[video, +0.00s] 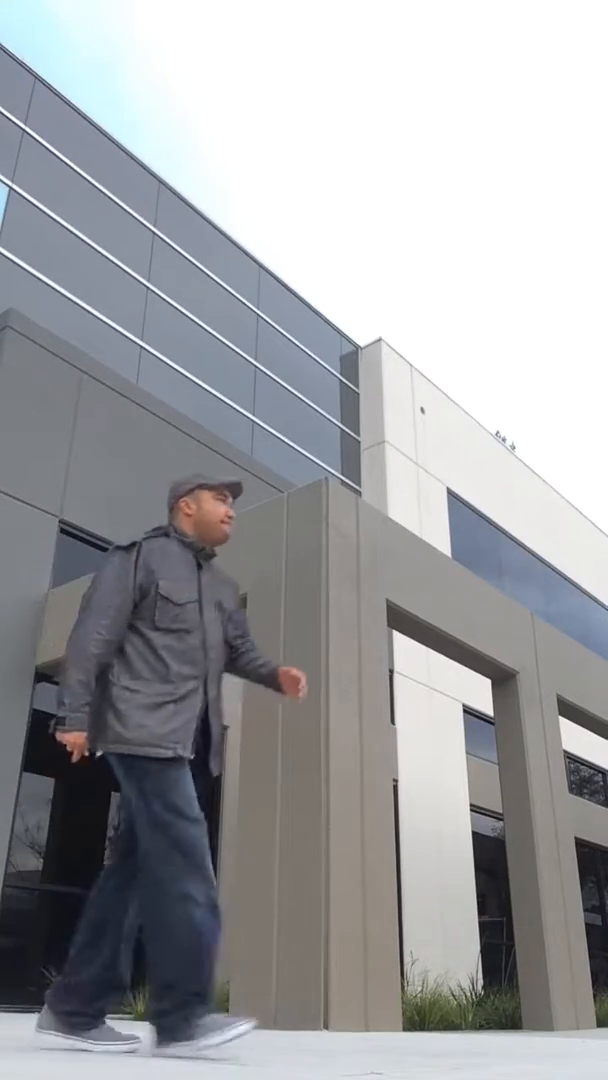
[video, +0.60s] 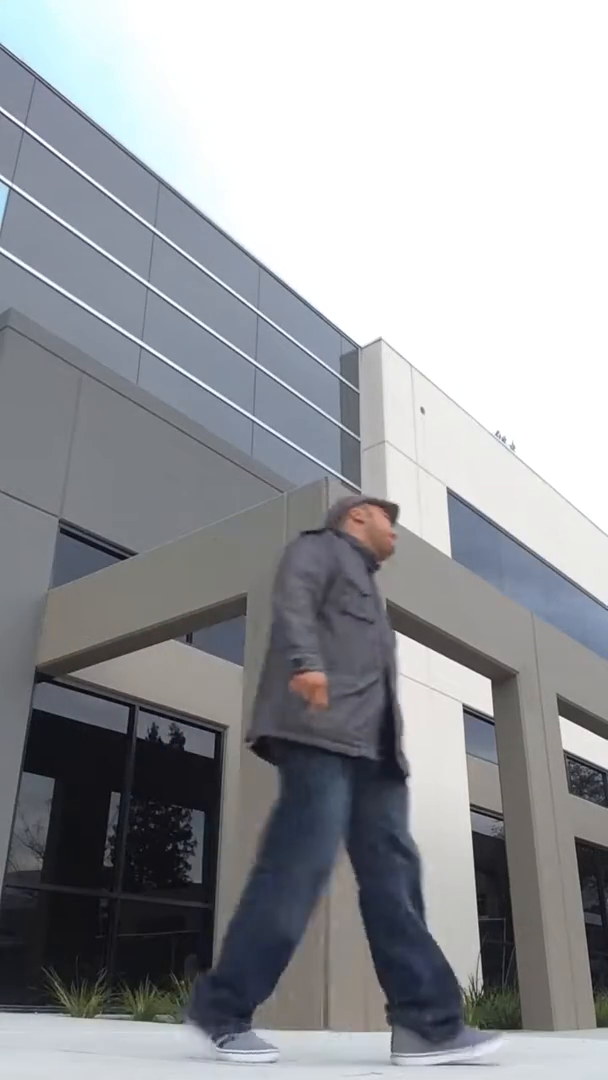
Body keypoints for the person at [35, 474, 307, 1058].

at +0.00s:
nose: (231, 511)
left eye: (231, 502)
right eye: (221, 500)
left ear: (203, 512)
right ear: (184, 507)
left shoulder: (221, 584)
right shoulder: (140, 558)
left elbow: (239, 650)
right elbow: (92, 635)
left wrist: (273, 673)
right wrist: (76, 713)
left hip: (187, 743)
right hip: (140, 735)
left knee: (134, 869)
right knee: (185, 864)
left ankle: (74, 1009)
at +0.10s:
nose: (250, 509)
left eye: (251, 501)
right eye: (239, 498)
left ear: (241, 514)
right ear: (203, 507)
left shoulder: (252, 586)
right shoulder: (157, 560)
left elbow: (270, 650)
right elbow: (110, 640)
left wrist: (294, 673)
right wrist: (98, 718)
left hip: (221, 742)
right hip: (164, 734)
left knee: (165, 867)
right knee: (189, 864)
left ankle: (83, 1000)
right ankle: (203, 1023)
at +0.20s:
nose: (273, 514)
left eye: (275, 507)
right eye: (262, 503)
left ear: (266, 522)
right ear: (226, 512)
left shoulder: (277, 591)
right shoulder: (181, 567)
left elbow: (296, 658)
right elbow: (137, 649)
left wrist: (316, 698)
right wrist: (126, 727)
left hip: (258, 748)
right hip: (193, 742)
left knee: (248, 874)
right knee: (215, 872)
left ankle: (135, 961)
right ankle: (209, 1025)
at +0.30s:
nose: (300, 517)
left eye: (302, 509)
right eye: (289, 505)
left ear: (290, 523)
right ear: (253, 514)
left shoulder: (300, 592)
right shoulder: (207, 564)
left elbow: (317, 675)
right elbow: (167, 644)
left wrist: (333, 738)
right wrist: (164, 720)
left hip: (293, 746)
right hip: (224, 740)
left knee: (313, 859)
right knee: (241, 872)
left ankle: (210, 962)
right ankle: (210, 1025)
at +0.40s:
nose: (332, 511)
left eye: (335, 504)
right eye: (323, 499)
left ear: (314, 513)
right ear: (287, 502)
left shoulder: (326, 593)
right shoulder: (239, 551)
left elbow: (338, 678)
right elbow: (199, 623)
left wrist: (341, 739)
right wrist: (208, 695)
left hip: (317, 747)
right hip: (248, 736)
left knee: (350, 858)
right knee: (240, 877)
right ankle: (211, 1023)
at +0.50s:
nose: (365, 513)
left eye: (365, 505)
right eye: (355, 501)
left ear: (335, 514)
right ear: (320, 507)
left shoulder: (343, 583)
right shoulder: (279, 541)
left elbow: (343, 662)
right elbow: (241, 601)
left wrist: (357, 730)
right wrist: (253, 669)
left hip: (339, 741)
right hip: (278, 727)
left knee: (363, 873)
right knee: (252, 872)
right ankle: (210, 1023)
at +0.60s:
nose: (396, 532)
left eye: (396, 525)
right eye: (389, 520)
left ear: (367, 523)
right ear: (357, 517)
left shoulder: (367, 584)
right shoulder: (319, 546)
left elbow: (365, 660)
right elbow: (294, 599)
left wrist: (383, 730)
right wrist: (308, 662)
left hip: (374, 737)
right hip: (322, 726)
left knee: (392, 875)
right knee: (297, 867)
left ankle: (428, 1024)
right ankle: (219, 1010)